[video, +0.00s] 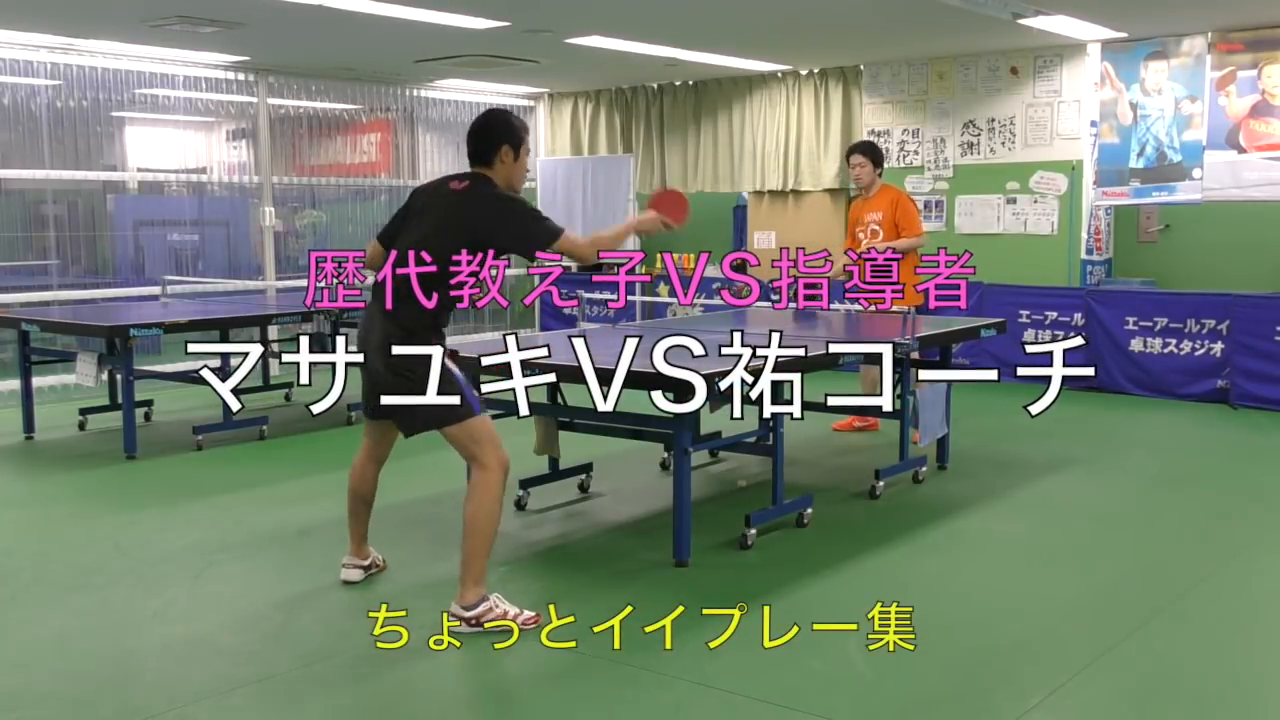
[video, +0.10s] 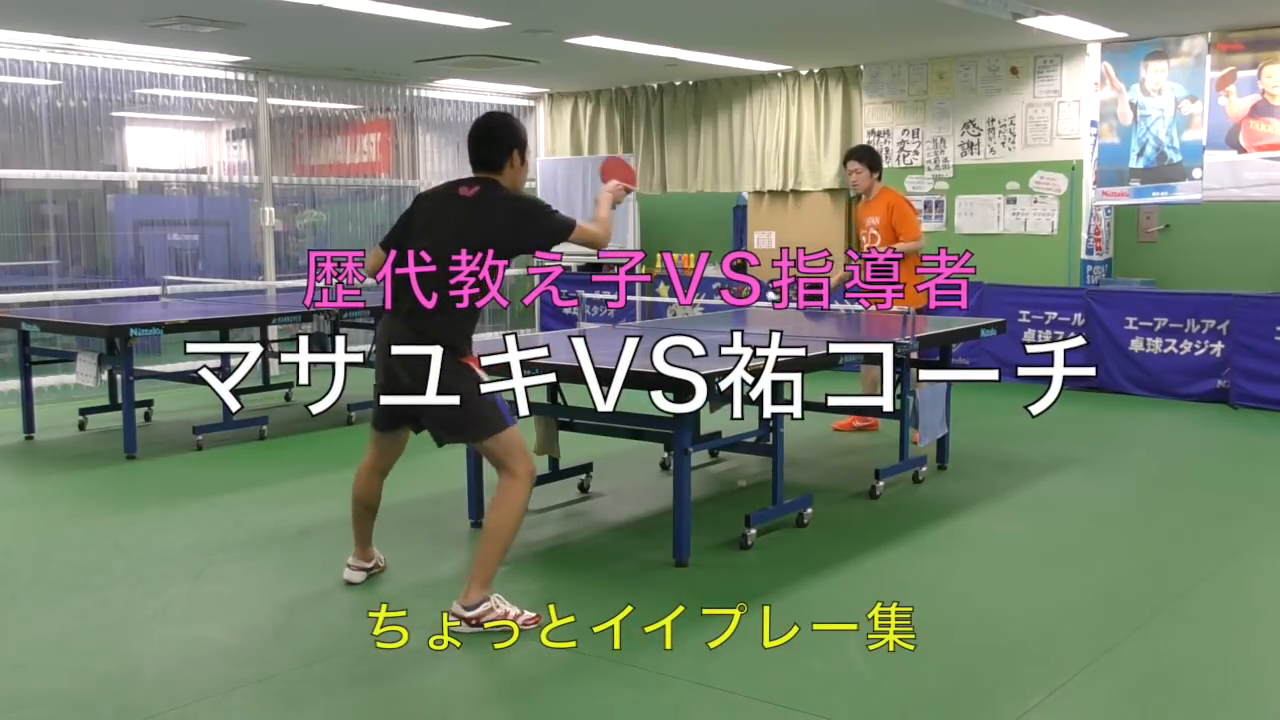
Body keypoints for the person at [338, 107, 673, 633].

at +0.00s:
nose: (527, 166)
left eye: (526, 156)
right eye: (524, 156)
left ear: (478, 156)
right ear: (505, 155)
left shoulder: (430, 192)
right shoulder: (499, 206)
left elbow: (374, 258)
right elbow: (582, 249)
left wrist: (434, 262)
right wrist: (635, 225)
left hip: (378, 340)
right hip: (416, 347)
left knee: (373, 450)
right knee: (490, 461)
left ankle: (356, 554)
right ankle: (472, 598)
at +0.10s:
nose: (528, 167)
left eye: (527, 159)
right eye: (526, 159)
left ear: (473, 159)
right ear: (514, 159)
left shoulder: (428, 202)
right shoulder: (514, 208)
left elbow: (375, 264)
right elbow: (598, 235)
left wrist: (430, 268)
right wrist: (608, 198)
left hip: (393, 354)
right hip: (445, 360)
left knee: (375, 462)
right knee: (518, 469)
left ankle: (361, 557)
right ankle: (475, 599)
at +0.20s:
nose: (524, 154)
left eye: (521, 145)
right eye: (521, 146)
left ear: (467, 150)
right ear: (513, 151)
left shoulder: (427, 197)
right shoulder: (519, 202)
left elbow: (377, 266)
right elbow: (593, 243)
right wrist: (599, 211)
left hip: (407, 355)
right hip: (464, 360)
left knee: (392, 456)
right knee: (521, 471)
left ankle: (369, 558)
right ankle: (475, 599)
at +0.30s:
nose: (519, 138)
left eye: (516, 129)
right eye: (518, 129)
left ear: (465, 131)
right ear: (510, 131)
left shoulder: (425, 180)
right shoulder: (511, 185)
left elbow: (377, 253)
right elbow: (563, 252)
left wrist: (422, 246)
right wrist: (587, 254)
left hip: (411, 340)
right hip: (465, 344)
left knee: (409, 441)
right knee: (508, 464)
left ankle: (378, 556)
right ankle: (475, 598)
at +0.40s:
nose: (520, 131)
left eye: (518, 121)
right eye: (518, 122)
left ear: (465, 122)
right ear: (509, 123)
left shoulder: (427, 171)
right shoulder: (495, 176)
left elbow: (383, 244)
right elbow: (503, 257)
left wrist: (435, 242)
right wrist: (562, 307)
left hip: (409, 332)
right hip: (454, 336)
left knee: (417, 440)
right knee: (496, 459)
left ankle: (388, 561)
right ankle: (473, 598)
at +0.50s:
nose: (522, 145)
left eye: (521, 135)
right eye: (521, 135)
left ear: (473, 131)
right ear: (508, 136)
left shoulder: (440, 175)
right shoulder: (479, 182)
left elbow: (391, 249)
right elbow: (453, 255)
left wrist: (423, 305)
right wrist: (498, 312)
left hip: (404, 336)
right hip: (439, 340)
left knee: (425, 447)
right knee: (500, 463)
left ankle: (392, 570)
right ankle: (473, 597)